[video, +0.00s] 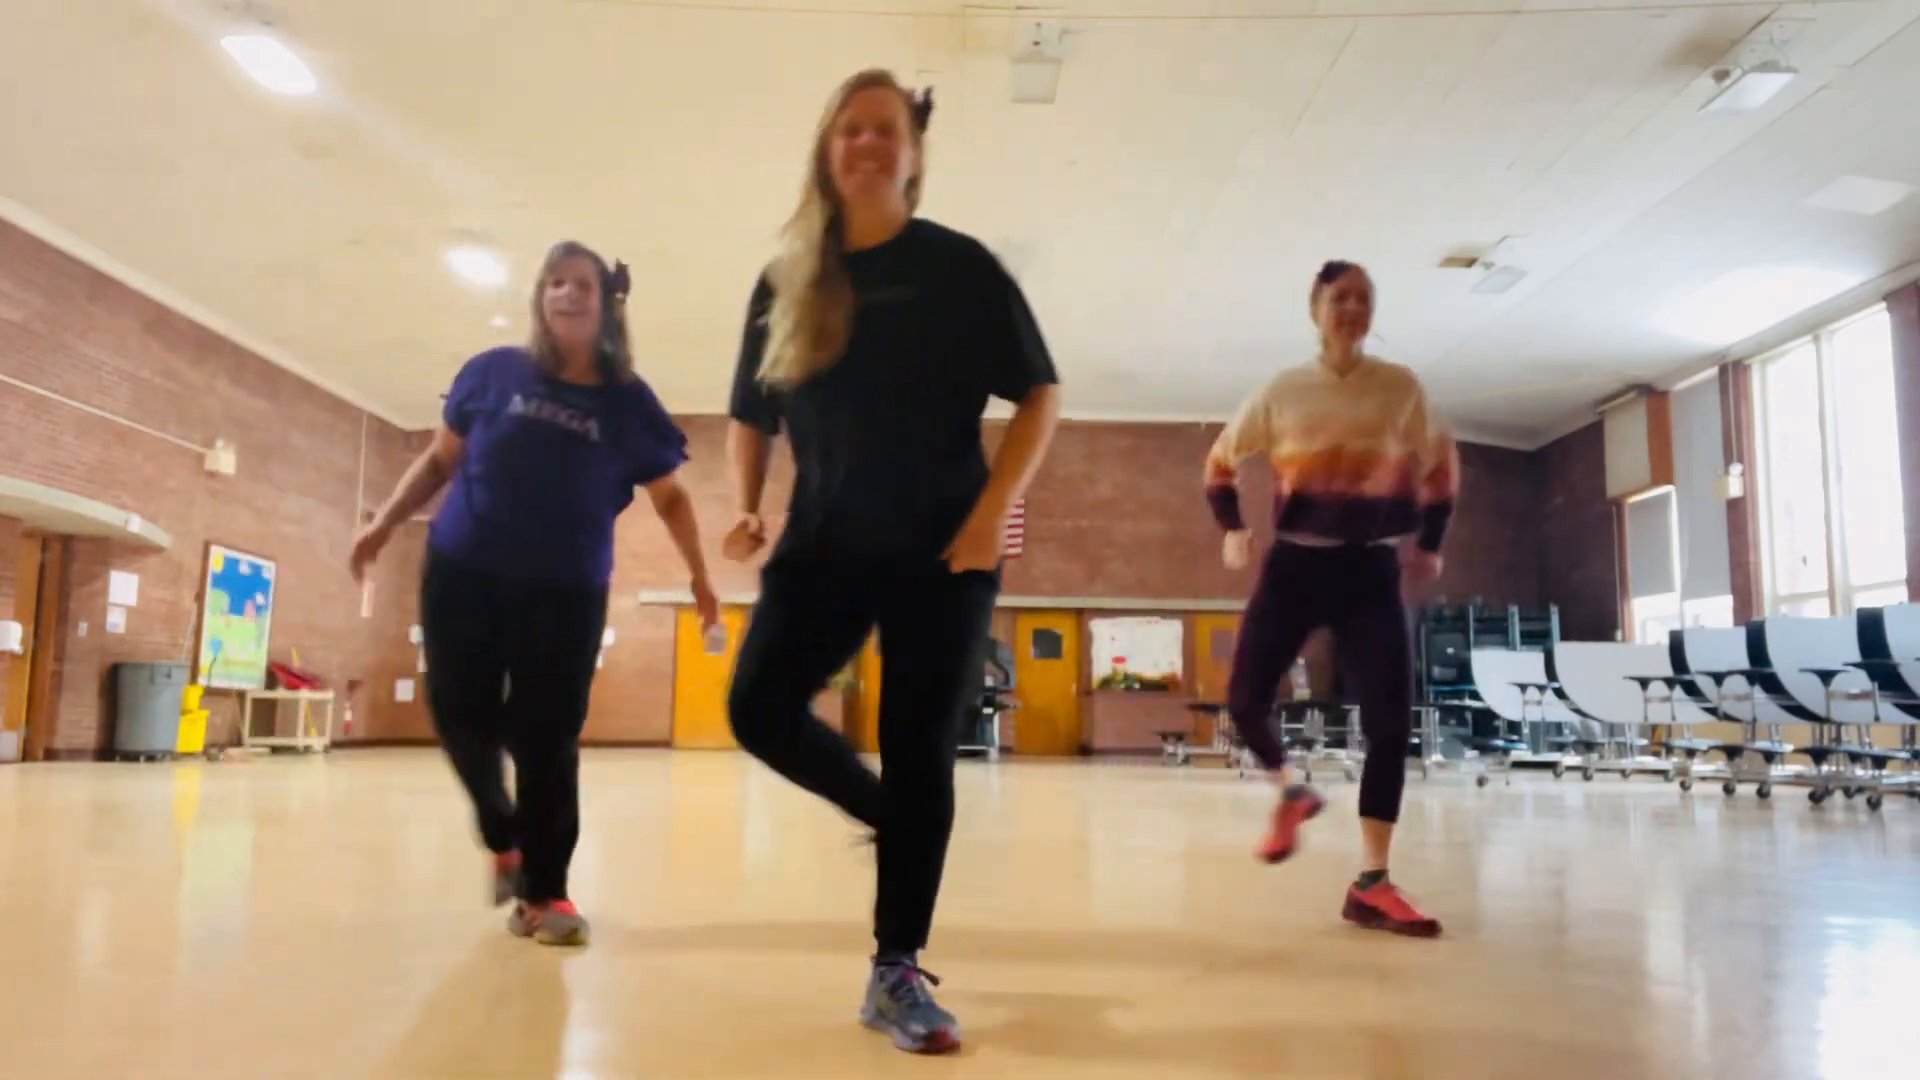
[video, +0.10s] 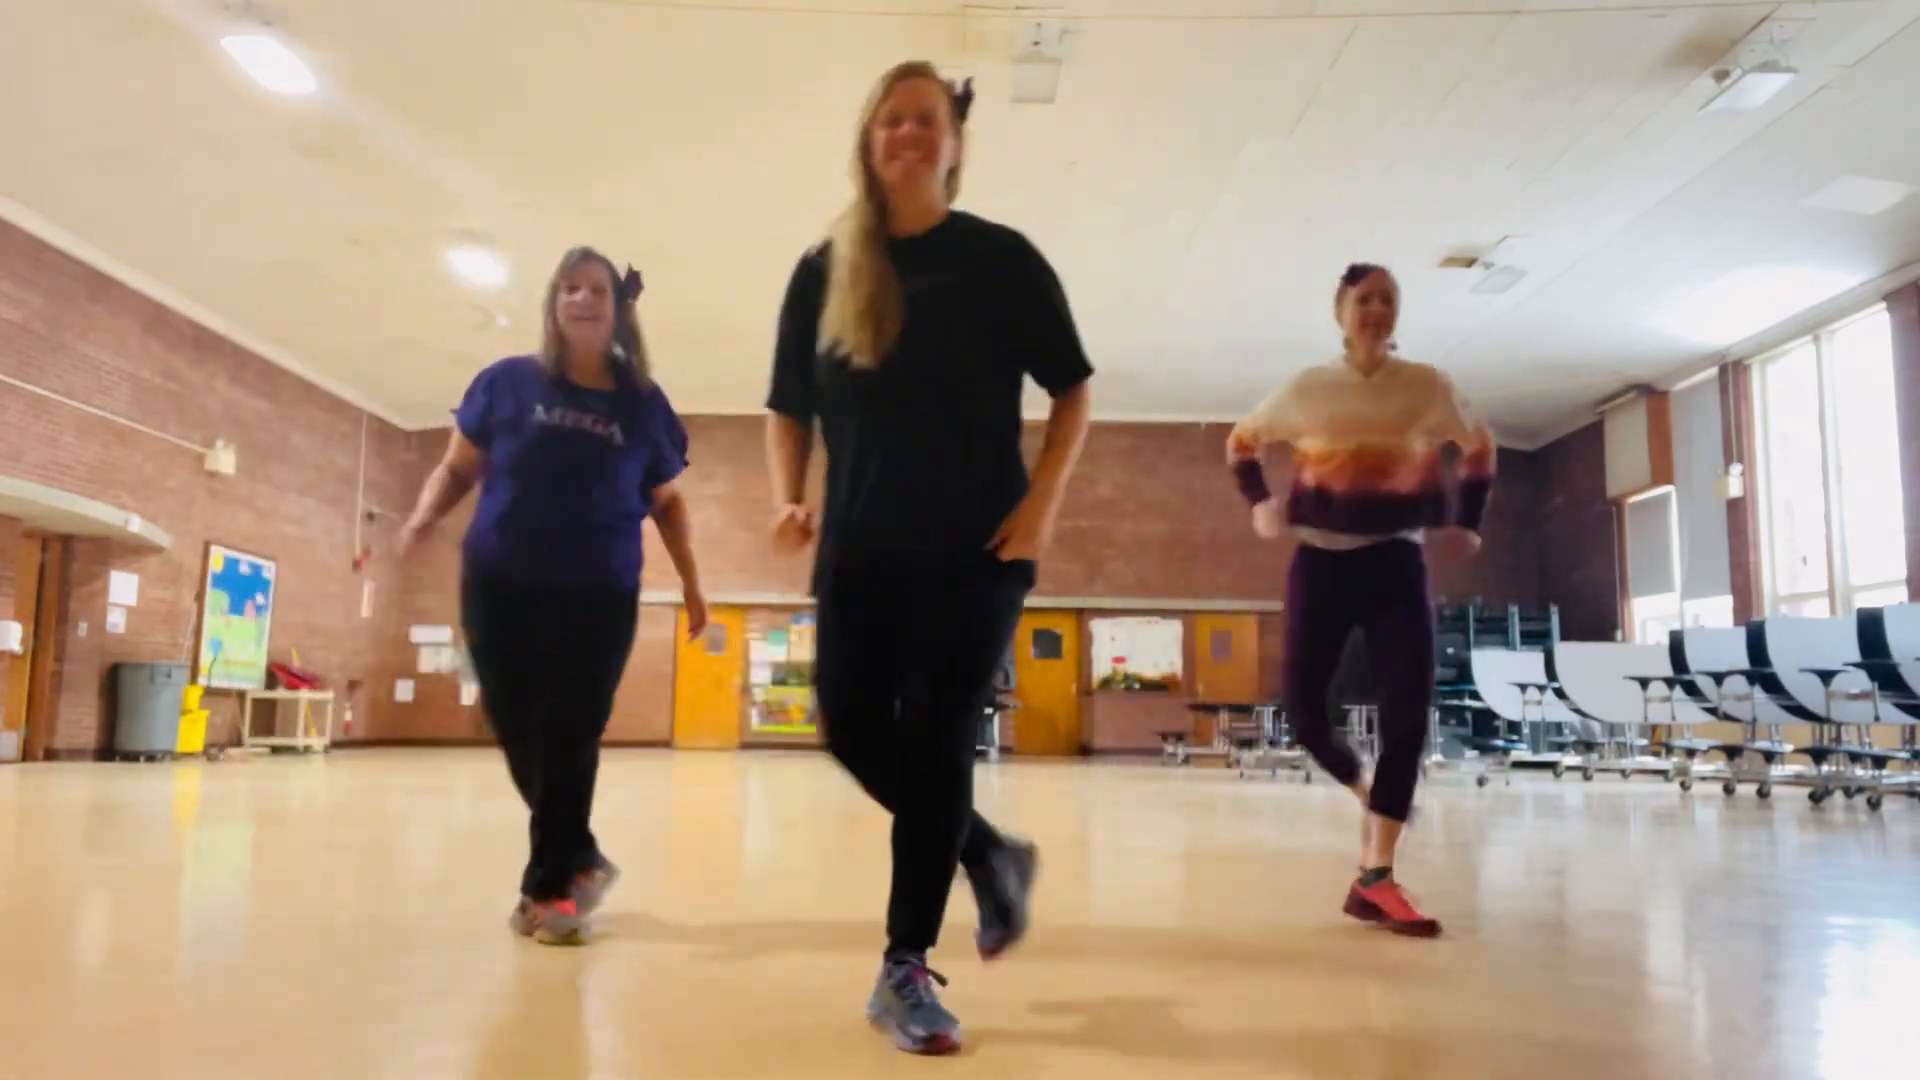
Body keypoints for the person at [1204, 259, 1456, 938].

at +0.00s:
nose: (1353, 307)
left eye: (1361, 298)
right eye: (1340, 297)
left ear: (1373, 311)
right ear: (1315, 309)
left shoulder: (1401, 388)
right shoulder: (1281, 391)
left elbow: (1441, 465)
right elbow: (1221, 462)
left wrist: (1430, 542)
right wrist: (1231, 527)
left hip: (1371, 569)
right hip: (1295, 565)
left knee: (1390, 724)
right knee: (1246, 701)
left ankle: (1372, 880)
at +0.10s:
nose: (1374, 309)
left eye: (1384, 300)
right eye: (1362, 299)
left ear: (1397, 314)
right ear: (1339, 312)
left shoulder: (1426, 387)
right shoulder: (1308, 389)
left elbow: (1477, 447)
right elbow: (1242, 440)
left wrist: (1469, 521)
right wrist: (1257, 500)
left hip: (1395, 565)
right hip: (1320, 565)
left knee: (1406, 723)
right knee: (1306, 717)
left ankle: (1374, 877)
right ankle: (1373, 794)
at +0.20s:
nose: (1396, 322)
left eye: (1406, 313)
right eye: (1385, 312)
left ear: (1418, 328)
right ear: (1361, 326)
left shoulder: (1446, 402)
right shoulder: (1327, 400)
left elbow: (1496, 459)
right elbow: (1270, 454)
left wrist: (1495, 531)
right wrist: (1288, 510)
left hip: (1420, 575)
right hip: (1346, 579)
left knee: (1430, 716)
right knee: (1370, 722)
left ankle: (1382, 873)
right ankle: (1432, 857)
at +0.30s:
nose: (1416, 338)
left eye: (1426, 329)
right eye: (1404, 328)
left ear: (1438, 344)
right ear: (1380, 341)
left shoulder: (1463, 420)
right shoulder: (1348, 422)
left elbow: (1507, 494)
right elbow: (1297, 498)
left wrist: (1519, 556)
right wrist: (1309, 550)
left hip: (1447, 592)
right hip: (1372, 594)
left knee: (1484, 715)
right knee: (1404, 736)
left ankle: (1428, 856)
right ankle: (1444, 870)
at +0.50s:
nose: (1449, 324)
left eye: (1460, 315)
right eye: (1438, 314)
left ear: (1474, 328)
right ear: (1417, 325)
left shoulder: (1502, 403)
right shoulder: (1382, 407)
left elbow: (1547, 485)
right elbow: (1348, 492)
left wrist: (1541, 479)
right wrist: (1364, 535)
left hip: (1485, 577)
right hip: (1411, 581)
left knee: (1533, 695)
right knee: (1431, 732)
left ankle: (1503, 842)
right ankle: (1449, 875)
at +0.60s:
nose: (1471, 321)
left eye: (1481, 312)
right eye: (1459, 311)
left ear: (1495, 325)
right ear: (1436, 324)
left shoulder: (1525, 402)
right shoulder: (1405, 409)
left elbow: (1569, 481)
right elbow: (1374, 493)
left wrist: (1559, 452)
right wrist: (1389, 522)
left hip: (1507, 578)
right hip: (1430, 582)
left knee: (1544, 710)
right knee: (1440, 730)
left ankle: (1547, 860)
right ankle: (1450, 875)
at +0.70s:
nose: (1492, 326)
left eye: (1502, 315)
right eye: (1479, 316)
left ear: (1519, 329)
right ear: (1460, 329)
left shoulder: (1553, 403)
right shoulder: (1432, 414)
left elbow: (1583, 493)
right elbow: (1405, 505)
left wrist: (1569, 458)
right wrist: (1429, 511)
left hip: (1528, 587)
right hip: (1448, 588)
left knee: (1551, 741)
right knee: (1441, 740)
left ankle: (1572, 885)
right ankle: (1451, 876)